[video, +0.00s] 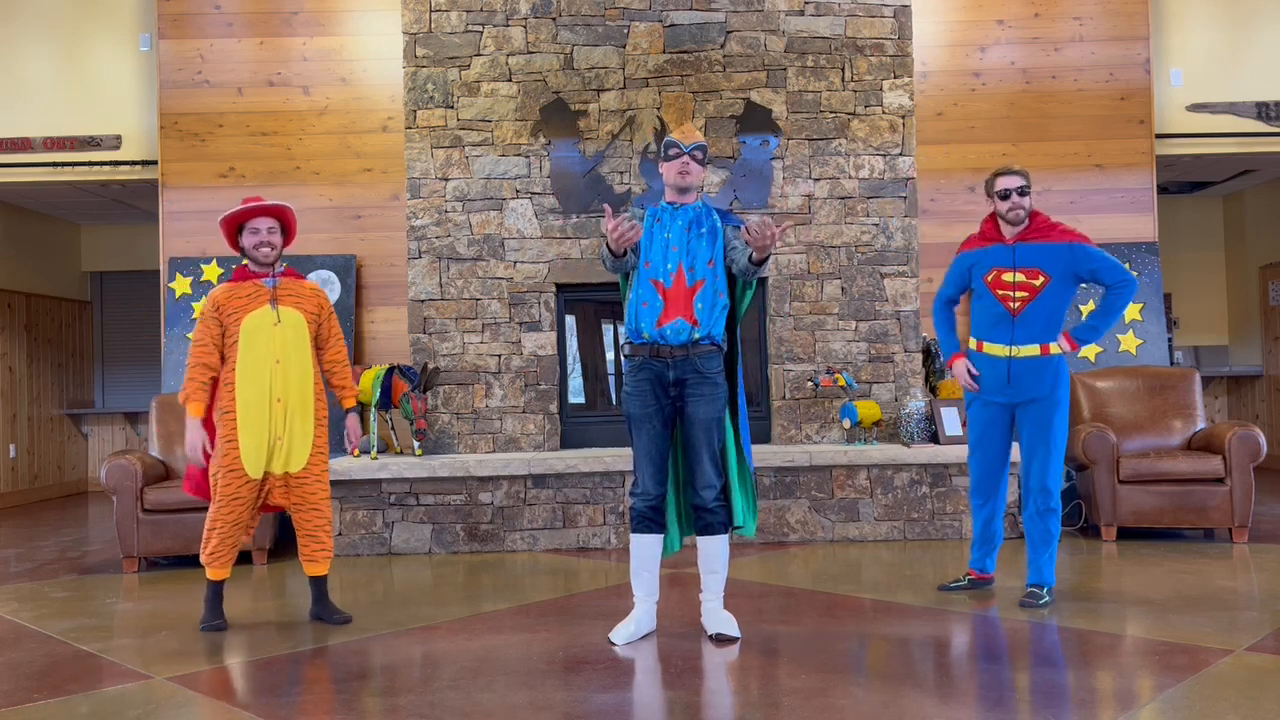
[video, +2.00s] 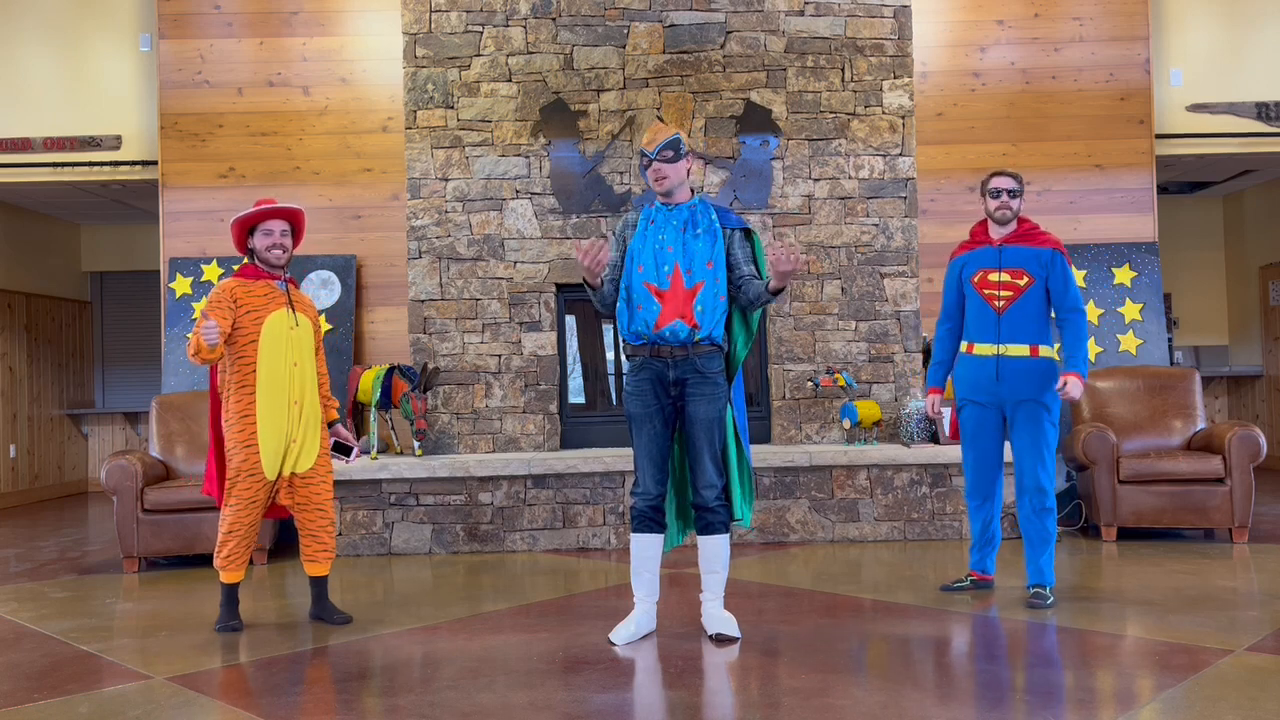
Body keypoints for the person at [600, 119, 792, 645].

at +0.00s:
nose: (685, 162)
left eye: (695, 156)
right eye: (675, 154)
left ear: (706, 169)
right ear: (659, 165)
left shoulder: (722, 221)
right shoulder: (639, 217)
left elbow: (743, 266)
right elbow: (620, 262)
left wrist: (760, 252)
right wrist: (616, 247)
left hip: (703, 363)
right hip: (644, 364)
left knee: (707, 484)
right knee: (648, 485)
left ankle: (713, 607)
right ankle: (644, 609)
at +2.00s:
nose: (656, 167)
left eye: (668, 156)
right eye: (649, 161)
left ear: (692, 164)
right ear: (644, 172)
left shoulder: (724, 222)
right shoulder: (631, 224)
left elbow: (747, 294)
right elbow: (608, 304)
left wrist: (775, 283)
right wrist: (595, 280)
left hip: (703, 365)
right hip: (643, 366)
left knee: (709, 485)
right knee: (648, 487)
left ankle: (713, 608)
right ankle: (644, 609)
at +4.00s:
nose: (692, 170)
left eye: (702, 161)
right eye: (682, 161)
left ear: (716, 166)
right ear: (669, 166)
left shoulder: (740, 226)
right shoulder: (646, 223)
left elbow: (762, 296)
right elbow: (616, 290)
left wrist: (770, 358)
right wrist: (600, 348)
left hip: (715, 366)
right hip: (654, 366)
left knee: (716, 488)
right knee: (653, 489)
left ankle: (715, 607)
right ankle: (644, 609)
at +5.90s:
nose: (675, 217)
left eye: (682, 210)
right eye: (668, 210)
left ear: (696, 201)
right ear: (656, 202)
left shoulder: (717, 241)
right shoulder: (635, 236)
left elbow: (738, 302)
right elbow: (615, 304)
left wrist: (736, 337)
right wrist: (615, 358)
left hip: (699, 367)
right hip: (646, 368)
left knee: (700, 476)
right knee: (653, 477)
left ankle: (699, 583)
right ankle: (656, 585)